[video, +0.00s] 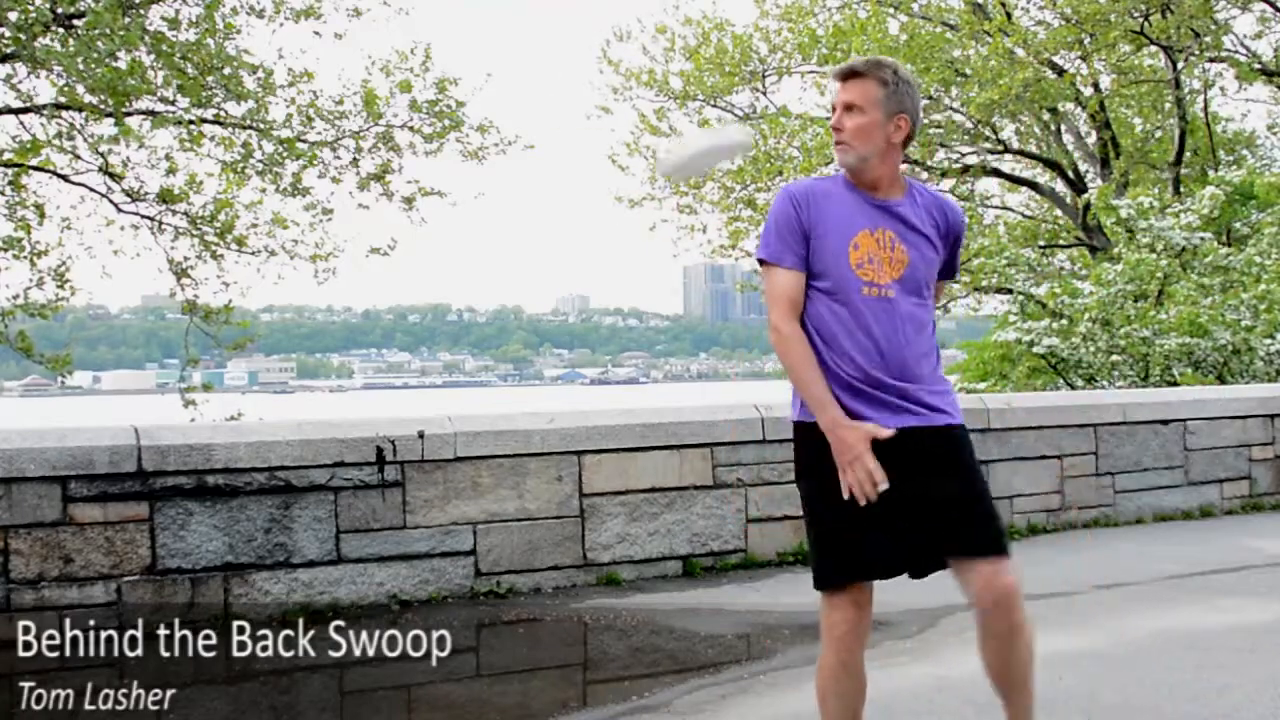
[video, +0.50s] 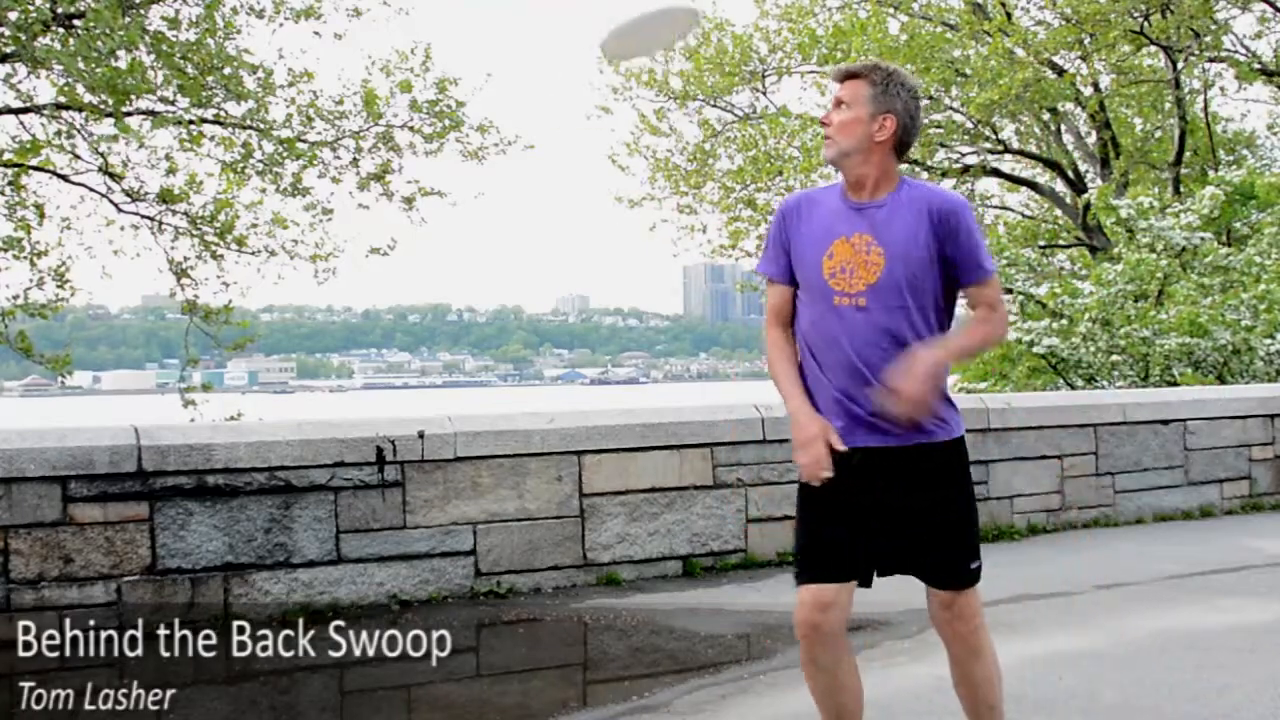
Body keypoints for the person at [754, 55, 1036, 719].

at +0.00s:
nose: (836, 123)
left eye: (852, 112)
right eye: (834, 111)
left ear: (900, 129)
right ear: (834, 122)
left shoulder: (943, 217)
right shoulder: (800, 202)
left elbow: (920, 315)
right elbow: (783, 322)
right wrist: (836, 426)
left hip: (930, 428)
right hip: (835, 431)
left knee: (998, 589)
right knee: (846, 622)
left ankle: (1022, 715)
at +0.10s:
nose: (834, 120)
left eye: (851, 107)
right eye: (833, 108)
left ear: (899, 126)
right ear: (835, 120)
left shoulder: (947, 216)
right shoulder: (800, 203)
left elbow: (938, 310)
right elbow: (783, 319)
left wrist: (894, 376)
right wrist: (837, 419)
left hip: (931, 430)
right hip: (835, 431)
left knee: (982, 603)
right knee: (845, 620)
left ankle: (1013, 716)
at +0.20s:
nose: (833, 118)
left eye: (850, 106)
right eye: (835, 106)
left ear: (898, 125)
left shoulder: (952, 214)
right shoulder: (803, 209)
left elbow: (978, 297)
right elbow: (784, 326)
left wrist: (961, 382)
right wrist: (835, 417)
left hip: (932, 438)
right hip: (837, 435)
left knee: (960, 610)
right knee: (843, 619)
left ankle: (994, 719)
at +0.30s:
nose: (833, 119)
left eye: (849, 107)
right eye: (836, 107)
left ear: (897, 126)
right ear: (876, 125)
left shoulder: (953, 214)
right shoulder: (803, 210)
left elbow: (993, 298)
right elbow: (783, 326)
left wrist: (975, 387)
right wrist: (830, 417)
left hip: (930, 440)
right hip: (837, 437)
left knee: (958, 614)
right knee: (839, 622)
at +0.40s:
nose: (829, 119)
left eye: (845, 107)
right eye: (833, 106)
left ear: (891, 127)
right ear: (872, 127)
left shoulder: (950, 215)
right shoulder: (800, 213)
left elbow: (1000, 310)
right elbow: (780, 329)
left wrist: (960, 374)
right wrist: (813, 419)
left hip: (929, 446)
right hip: (836, 448)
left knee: (959, 612)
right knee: (826, 623)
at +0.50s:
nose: (824, 118)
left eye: (840, 107)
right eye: (829, 106)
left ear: (884, 127)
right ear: (871, 127)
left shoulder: (942, 212)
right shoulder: (796, 215)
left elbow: (992, 317)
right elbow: (777, 327)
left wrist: (931, 356)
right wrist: (802, 416)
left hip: (928, 448)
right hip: (834, 451)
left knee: (957, 613)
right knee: (816, 621)